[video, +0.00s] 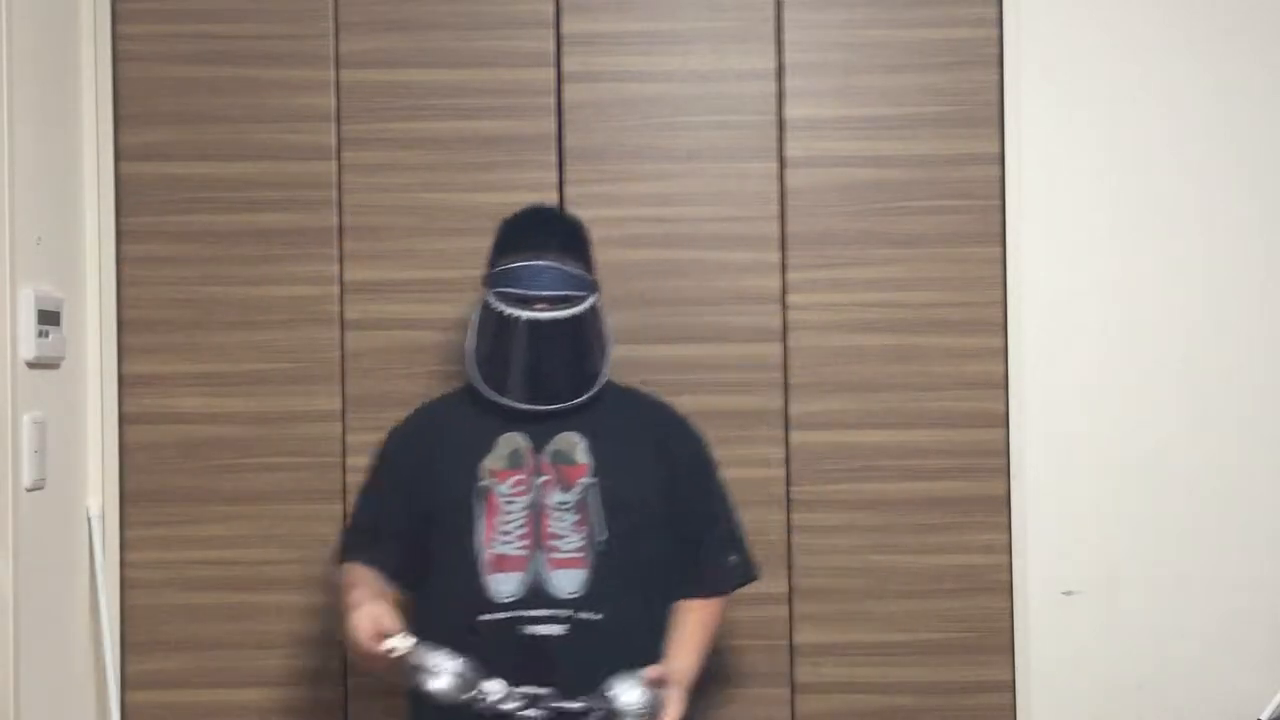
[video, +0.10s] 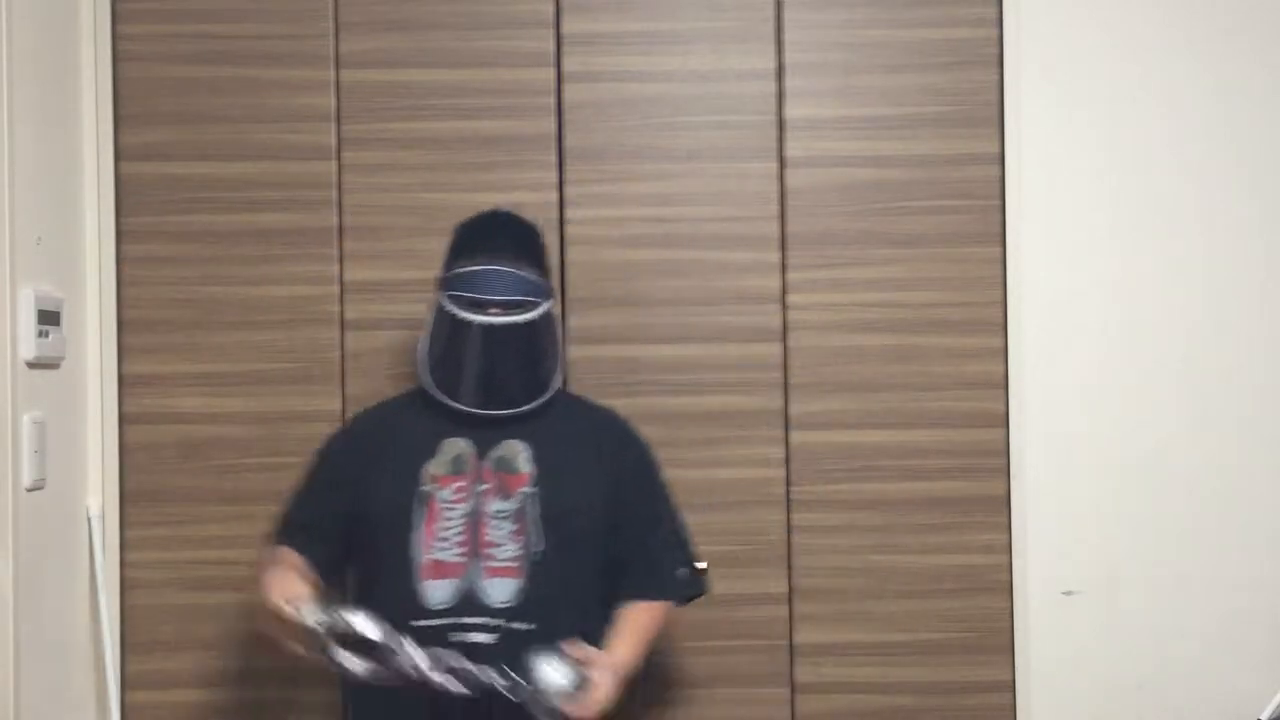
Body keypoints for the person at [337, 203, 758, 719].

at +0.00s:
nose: (539, 338)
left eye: (560, 319)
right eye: (520, 319)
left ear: (592, 316)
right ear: (488, 315)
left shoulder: (658, 439)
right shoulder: (428, 439)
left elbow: (707, 572)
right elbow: (371, 548)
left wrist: (679, 670)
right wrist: (371, 603)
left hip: (614, 703)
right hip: (467, 701)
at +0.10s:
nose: (494, 337)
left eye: (513, 318)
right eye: (474, 316)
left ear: (546, 320)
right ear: (443, 314)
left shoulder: (604, 446)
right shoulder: (372, 442)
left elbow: (655, 579)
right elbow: (296, 552)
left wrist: (615, 663)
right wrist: (293, 596)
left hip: (547, 704)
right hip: (400, 702)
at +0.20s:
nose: (449, 331)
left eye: (471, 312)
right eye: (432, 310)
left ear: (505, 312)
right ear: (402, 306)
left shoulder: (560, 438)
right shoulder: (337, 424)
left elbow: (620, 569)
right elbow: (245, 530)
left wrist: (542, 605)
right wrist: (210, 504)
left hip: (505, 705)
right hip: (353, 701)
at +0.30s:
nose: (425, 327)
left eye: (448, 309)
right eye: (406, 306)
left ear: (480, 310)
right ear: (376, 302)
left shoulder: (530, 426)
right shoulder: (303, 412)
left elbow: (593, 564)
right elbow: (176, 485)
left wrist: (491, 519)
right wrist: (168, 395)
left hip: (478, 701)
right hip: (325, 699)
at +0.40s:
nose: (412, 311)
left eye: (433, 292)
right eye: (393, 288)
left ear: (465, 299)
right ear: (358, 290)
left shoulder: (507, 416)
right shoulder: (283, 403)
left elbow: (566, 545)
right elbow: (146, 431)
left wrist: (461, 464)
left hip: (461, 702)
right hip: (307, 700)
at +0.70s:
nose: (414, 319)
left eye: (437, 302)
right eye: (393, 298)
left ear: (468, 306)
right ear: (362, 296)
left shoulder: (513, 423)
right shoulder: (285, 409)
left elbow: (580, 554)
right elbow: (147, 459)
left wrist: (473, 502)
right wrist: (166, 353)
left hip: (454, 701)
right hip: (286, 699)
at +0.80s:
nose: (437, 326)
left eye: (461, 309)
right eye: (418, 305)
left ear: (492, 312)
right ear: (387, 300)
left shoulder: (539, 433)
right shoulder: (313, 413)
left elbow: (606, 563)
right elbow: (189, 505)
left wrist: (508, 564)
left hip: (474, 705)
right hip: (316, 702)